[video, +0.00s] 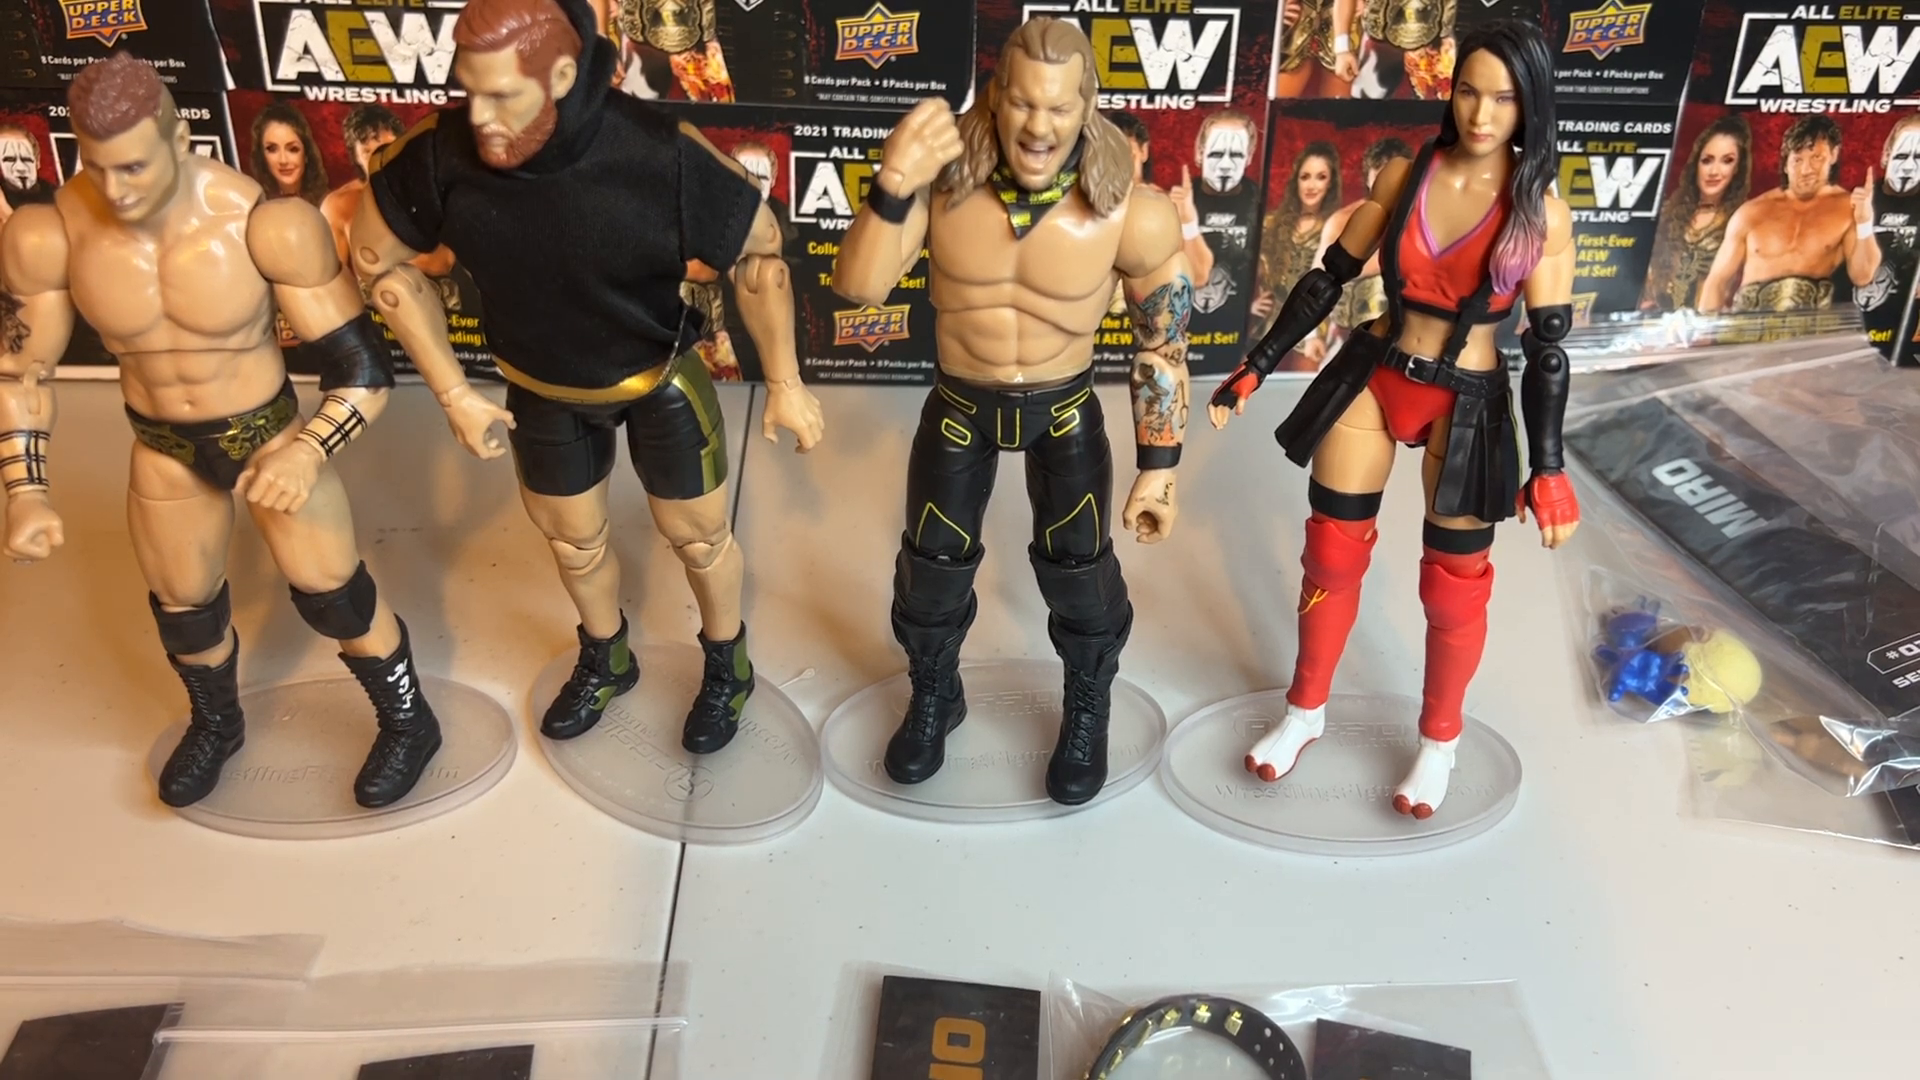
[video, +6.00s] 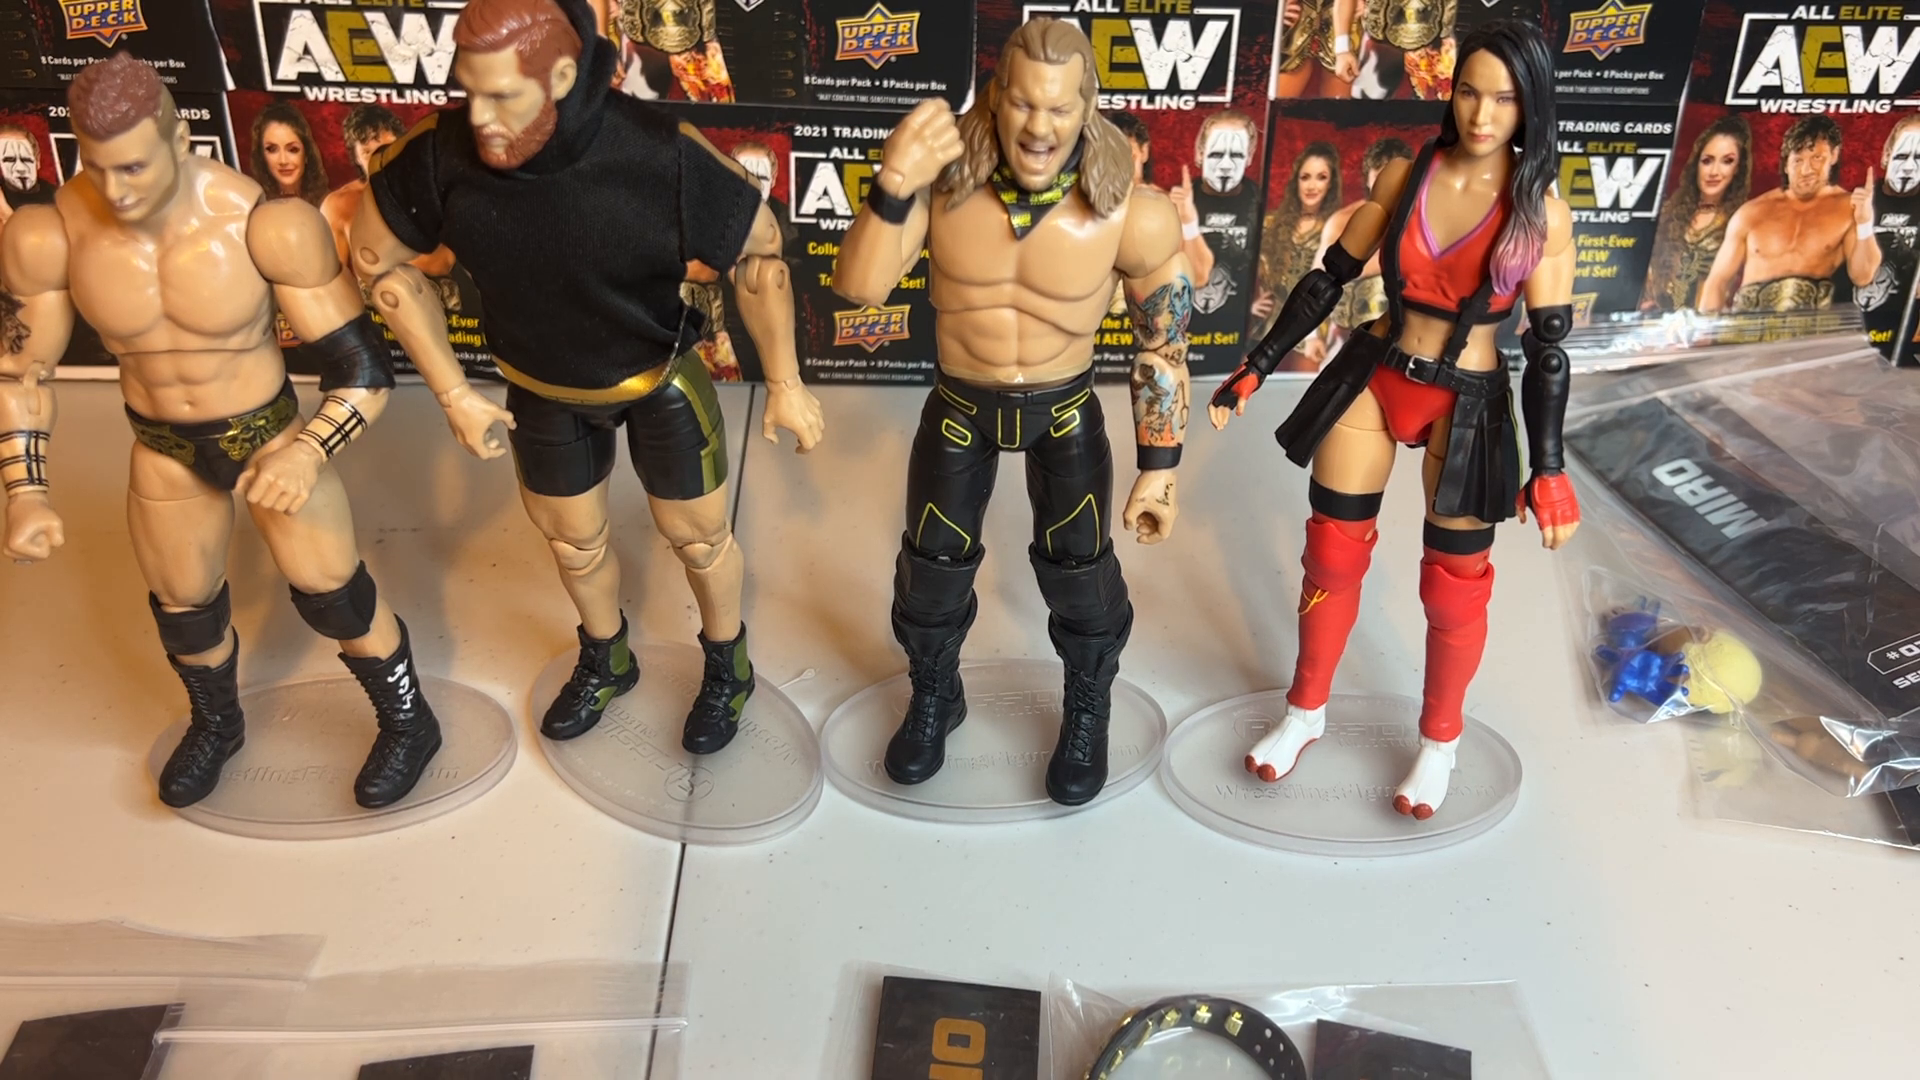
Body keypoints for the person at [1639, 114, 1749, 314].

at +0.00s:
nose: (1714, 171)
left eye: (1727, 161)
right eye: (1707, 160)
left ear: (1739, 168)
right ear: (1695, 164)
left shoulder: (1742, 220)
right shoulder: (1670, 213)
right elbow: (1654, 267)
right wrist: (1649, 299)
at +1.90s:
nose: (1714, 171)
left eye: (1727, 160)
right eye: (1707, 160)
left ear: (1738, 168)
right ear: (1695, 164)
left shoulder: (1742, 219)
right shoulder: (1670, 212)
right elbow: (1655, 265)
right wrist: (1650, 299)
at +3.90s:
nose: (1714, 171)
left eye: (1727, 161)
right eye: (1707, 160)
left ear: (1739, 168)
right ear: (1695, 164)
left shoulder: (1742, 220)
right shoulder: (1670, 213)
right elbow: (1654, 268)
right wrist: (1649, 301)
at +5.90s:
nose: (1714, 171)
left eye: (1727, 161)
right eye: (1707, 160)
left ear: (1739, 168)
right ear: (1695, 164)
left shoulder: (1743, 219)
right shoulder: (1671, 212)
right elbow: (1654, 267)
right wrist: (1650, 300)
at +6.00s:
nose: (1714, 171)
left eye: (1727, 161)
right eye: (1707, 160)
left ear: (1739, 168)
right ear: (1696, 164)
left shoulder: (1743, 219)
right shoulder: (1671, 212)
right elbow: (1655, 266)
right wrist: (1650, 300)